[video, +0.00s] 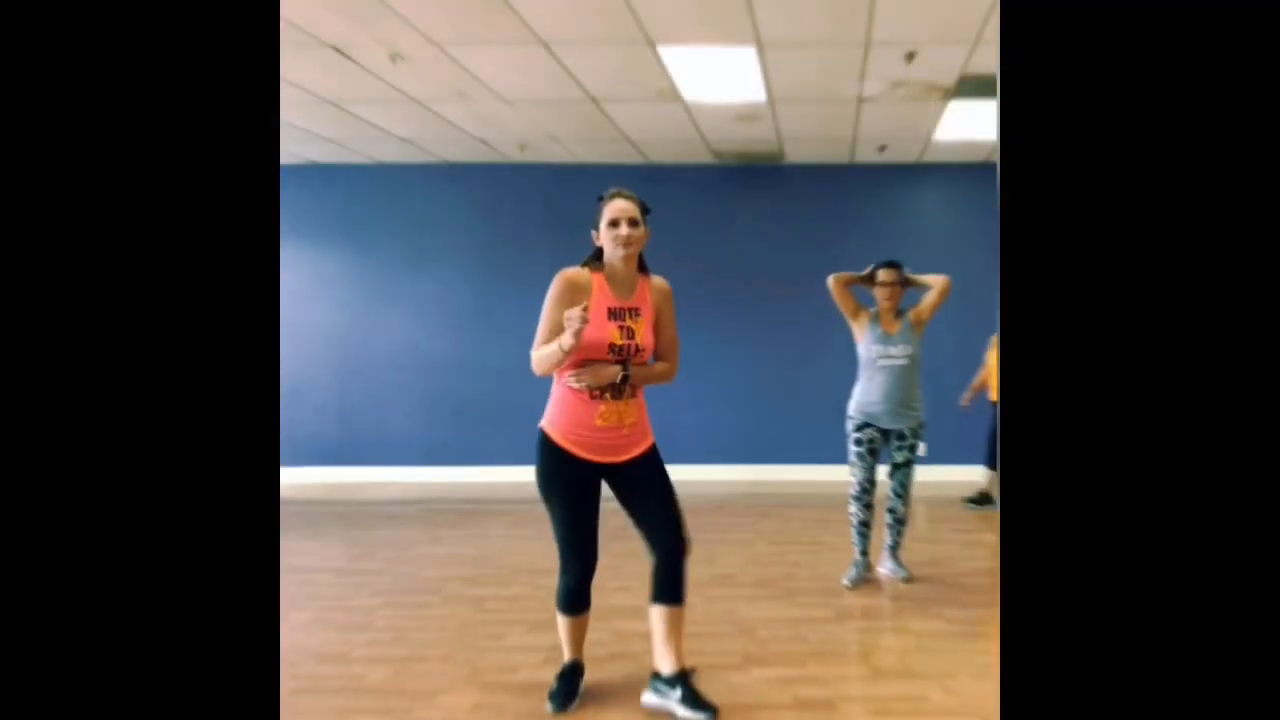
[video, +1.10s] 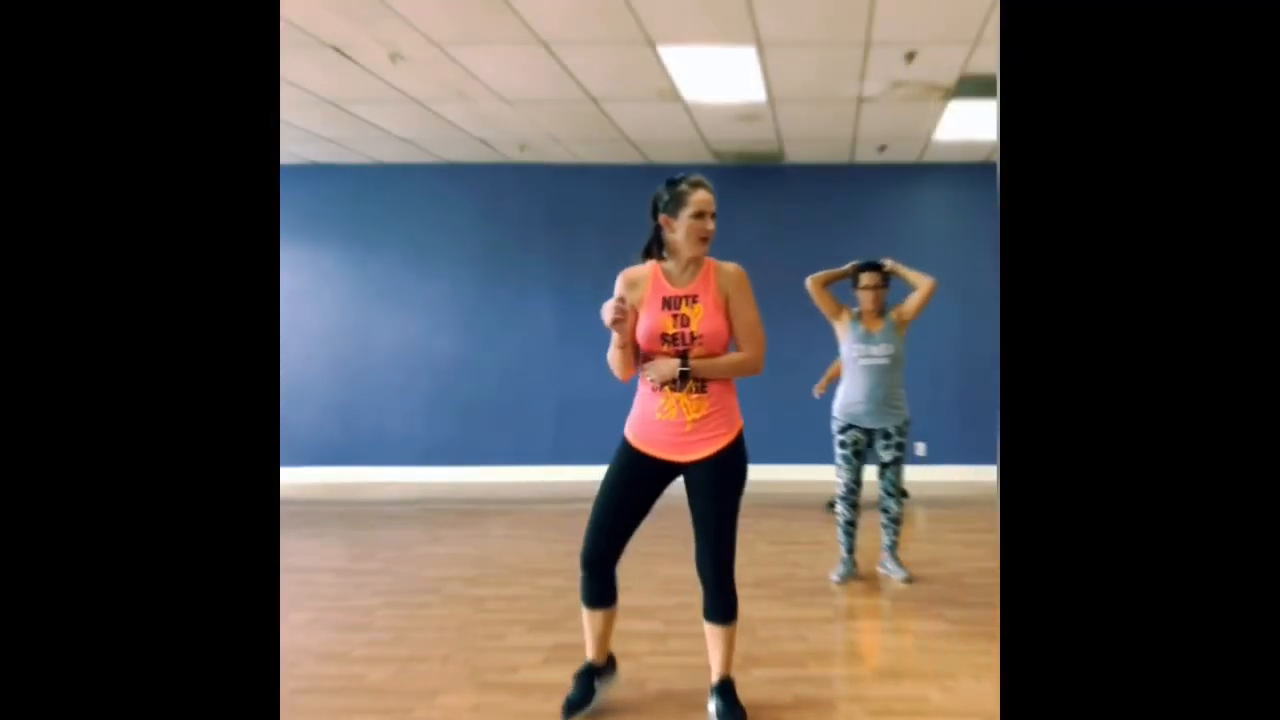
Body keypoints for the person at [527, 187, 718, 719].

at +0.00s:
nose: (625, 231)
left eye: (633, 223)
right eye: (615, 224)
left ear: (646, 232)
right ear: (598, 234)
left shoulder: (658, 292)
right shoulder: (571, 284)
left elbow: (668, 367)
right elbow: (538, 363)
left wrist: (618, 373)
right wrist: (564, 340)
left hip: (633, 446)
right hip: (567, 446)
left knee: (672, 546)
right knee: (577, 565)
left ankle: (668, 676)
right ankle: (571, 667)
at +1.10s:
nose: (709, 226)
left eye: (713, 217)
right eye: (698, 217)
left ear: (713, 224)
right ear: (666, 222)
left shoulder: (729, 278)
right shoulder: (635, 281)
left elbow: (754, 359)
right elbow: (623, 371)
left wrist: (684, 364)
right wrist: (621, 333)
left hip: (715, 441)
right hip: (647, 440)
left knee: (715, 569)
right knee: (596, 555)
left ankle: (721, 687)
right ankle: (598, 665)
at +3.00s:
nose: (656, 229)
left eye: (664, 218)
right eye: (646, 222)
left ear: (685, 221)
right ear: (637, 232)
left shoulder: (718, 278)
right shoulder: (631, 285)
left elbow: (753, 357)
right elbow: (575, 329)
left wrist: (687, 368)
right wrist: (612, 264)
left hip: (710, 444)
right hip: (642, 442)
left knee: (711, 572)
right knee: (605, 568)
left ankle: (722, 686)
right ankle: (586, 678)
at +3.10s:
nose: (664, 223)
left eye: (673, 212)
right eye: (654, 215)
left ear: (694, 215)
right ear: (645, 224)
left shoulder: (725, 271)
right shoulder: (637, 279)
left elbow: (760, 348)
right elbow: (568, 319)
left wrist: (693, 361)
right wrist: (610, 265)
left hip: (714, 439)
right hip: (647, 437)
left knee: (718, 568)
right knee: (632, 566)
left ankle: (722, 683)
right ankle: (657, 658)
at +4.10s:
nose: (610, 229)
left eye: (621, 221)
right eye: (602, 222)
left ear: (641, 231)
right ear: (592, 234)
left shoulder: (667, 296)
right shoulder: (572, 286)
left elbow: (684, 375)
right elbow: (479, 285)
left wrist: (629, 377)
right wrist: (409, 261)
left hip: (641, 451)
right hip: (570, 445)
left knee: (674, 565)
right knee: (554, 561)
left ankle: (689, 658)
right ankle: (532, 669)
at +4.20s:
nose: (624, 234)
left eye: (634, 227)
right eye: (615, 227)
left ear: (650, 237)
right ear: (602, 238)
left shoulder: (677, 297)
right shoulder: (585, 301)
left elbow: (702, 372)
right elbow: (515, 338)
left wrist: (646, 383)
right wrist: (474, 282)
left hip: (652, 457)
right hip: (582, 449)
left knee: (665, 574)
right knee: (563, 562)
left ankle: (686, 668)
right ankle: (532, 669)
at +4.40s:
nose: (644, 223)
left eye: (655, 216)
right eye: (636, 215)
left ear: (668, 228)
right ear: (621, 227)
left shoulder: (688, 274)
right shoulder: (603, 293)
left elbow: (728, 346)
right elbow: (599, 376)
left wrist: (665, 365)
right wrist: (578, 323)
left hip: (685, 437)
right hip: (620, 435)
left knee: (683, 559)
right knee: (572, 541)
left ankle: (687, 665)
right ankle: (576, 648)